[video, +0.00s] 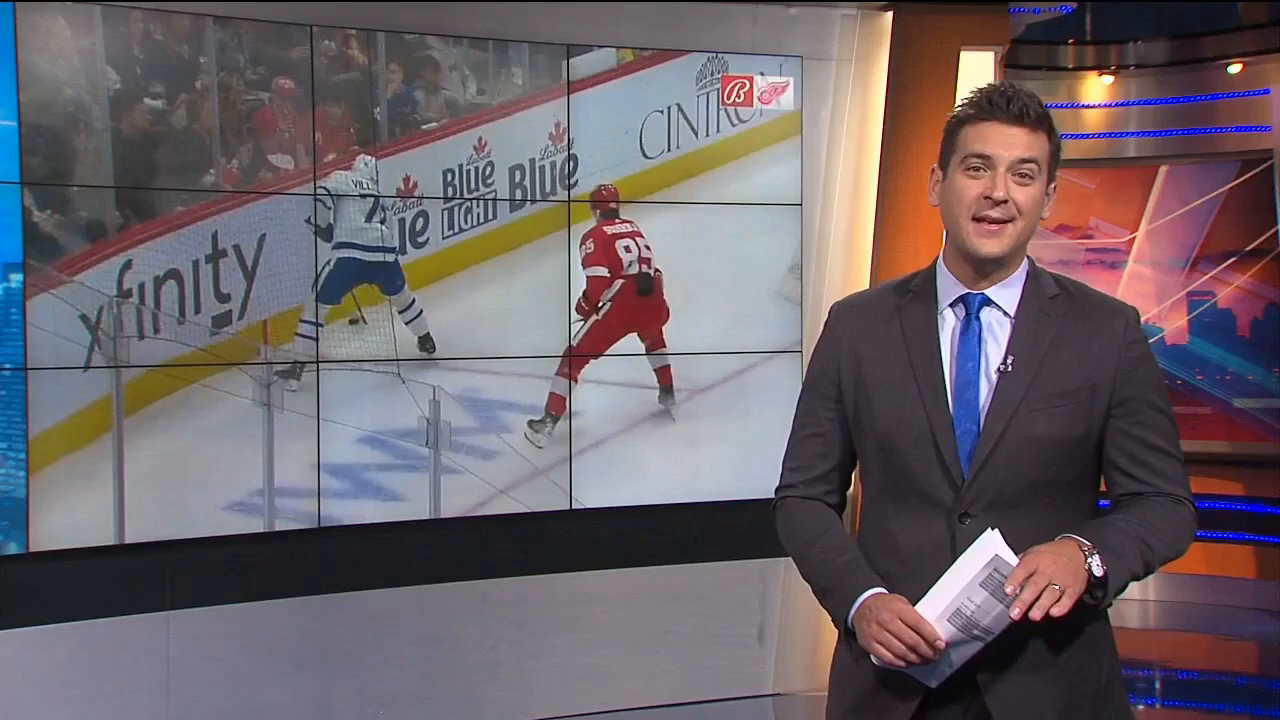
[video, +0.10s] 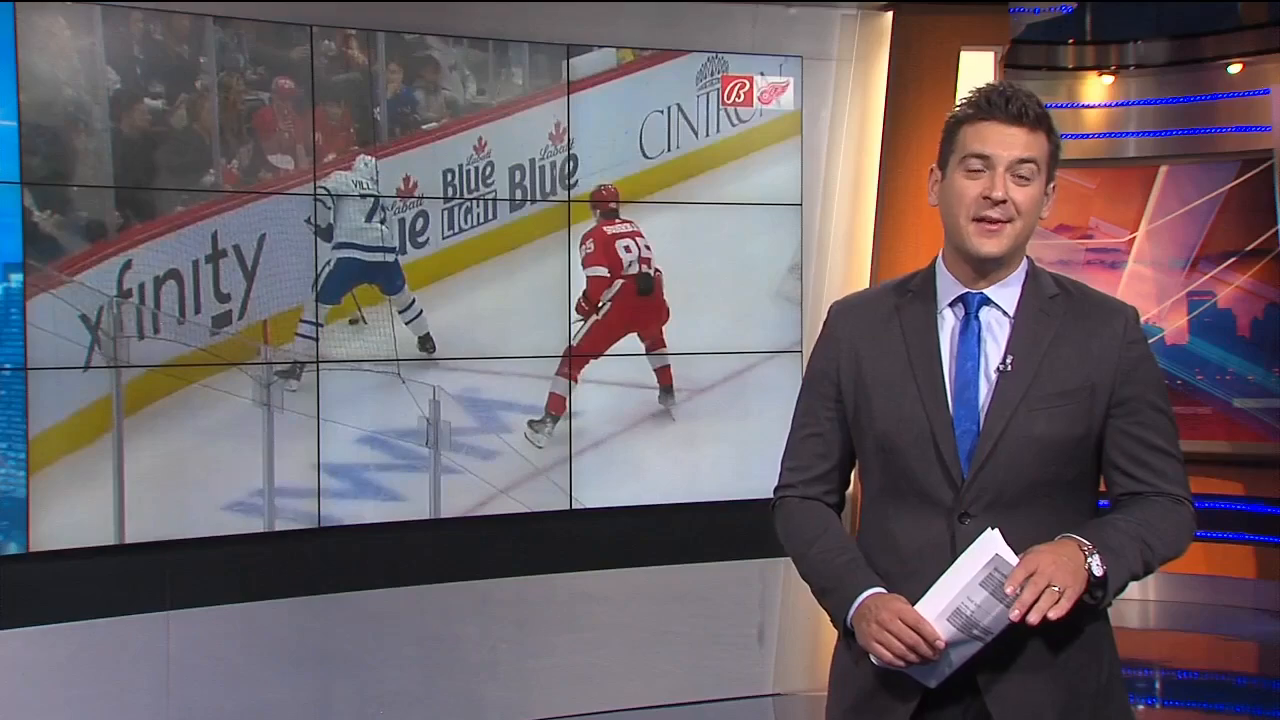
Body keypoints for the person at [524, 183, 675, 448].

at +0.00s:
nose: (594, 211)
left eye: (593, 207)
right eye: (601, 206)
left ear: (595, 209)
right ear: (617, 207)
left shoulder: (593, 235)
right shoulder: (635, 228)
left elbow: (599, 280)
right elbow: (651, 270)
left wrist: (587, 303)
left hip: (620, 307)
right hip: (653, 304)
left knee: (574, 358)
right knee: (651, 334)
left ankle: (549, 420)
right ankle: (667, 392)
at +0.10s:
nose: (594, 211)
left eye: (593, 207)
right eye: (601, 206)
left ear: (595, 209)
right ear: (617, 207)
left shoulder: (593, 235)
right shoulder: (635, 228)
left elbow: (599, 280)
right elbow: (651, 270)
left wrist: (587, 303)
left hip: (620, 307)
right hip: (653, 304)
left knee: (575, 357)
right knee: (651, 334)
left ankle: (549, 420)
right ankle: (667, 392)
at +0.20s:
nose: (586, 210)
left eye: (586, 206)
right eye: (592, 205)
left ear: (587, 208)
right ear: (609, 206)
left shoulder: (586, 234)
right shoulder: (626, 228)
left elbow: (592, 279)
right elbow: (642, 268)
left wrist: (580, 302)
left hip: (613, 306)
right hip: (647, 303)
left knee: (568, 354)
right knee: (641, 330)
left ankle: (542, 419)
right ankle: (662, 391)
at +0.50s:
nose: (543, 209)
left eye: (544, 204)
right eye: (546, 204)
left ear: (547, 206)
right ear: (570, 203)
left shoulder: (548, 233)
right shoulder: (586, 226)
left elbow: (543, 284)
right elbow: (594, 267)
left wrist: (528, 293)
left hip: (575, 305)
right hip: (609, 301)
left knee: (526, 349)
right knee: (601, 333)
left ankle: (501, 412)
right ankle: (629, 387)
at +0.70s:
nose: (520, 206)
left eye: (521, 202)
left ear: (522, 204)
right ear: (547, 203)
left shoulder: (521, 231)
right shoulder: (560, 226)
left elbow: (509, 283)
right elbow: (560, 266)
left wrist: (490, 282)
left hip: (550, 303)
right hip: (584, 300)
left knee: (500, 344)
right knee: (576, 335)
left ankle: (476, 414)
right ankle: (608, 386)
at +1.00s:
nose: (482, 207)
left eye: (483, 203)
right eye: (484, 202)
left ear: (485, 204)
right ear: (509, 203)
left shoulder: (480, 231)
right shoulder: (523, 226)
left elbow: (455, 284)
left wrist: (439, 264)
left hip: (513, 309)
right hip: (547, 305)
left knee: (460, 346)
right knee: (542, 342)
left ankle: (437, 420)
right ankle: (575, 386)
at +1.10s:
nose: (470, 205)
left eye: (470, 200)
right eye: (475, 200)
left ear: (470, 202)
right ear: (494, 201)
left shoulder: (464, 231)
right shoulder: (509, 225)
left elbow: (435, 281)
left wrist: (424, 255)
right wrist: (442, 250)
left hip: (499, 312)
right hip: (534, 307)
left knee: (445, 349)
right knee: (529, 344)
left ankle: (424, 423)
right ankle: (562, 386)